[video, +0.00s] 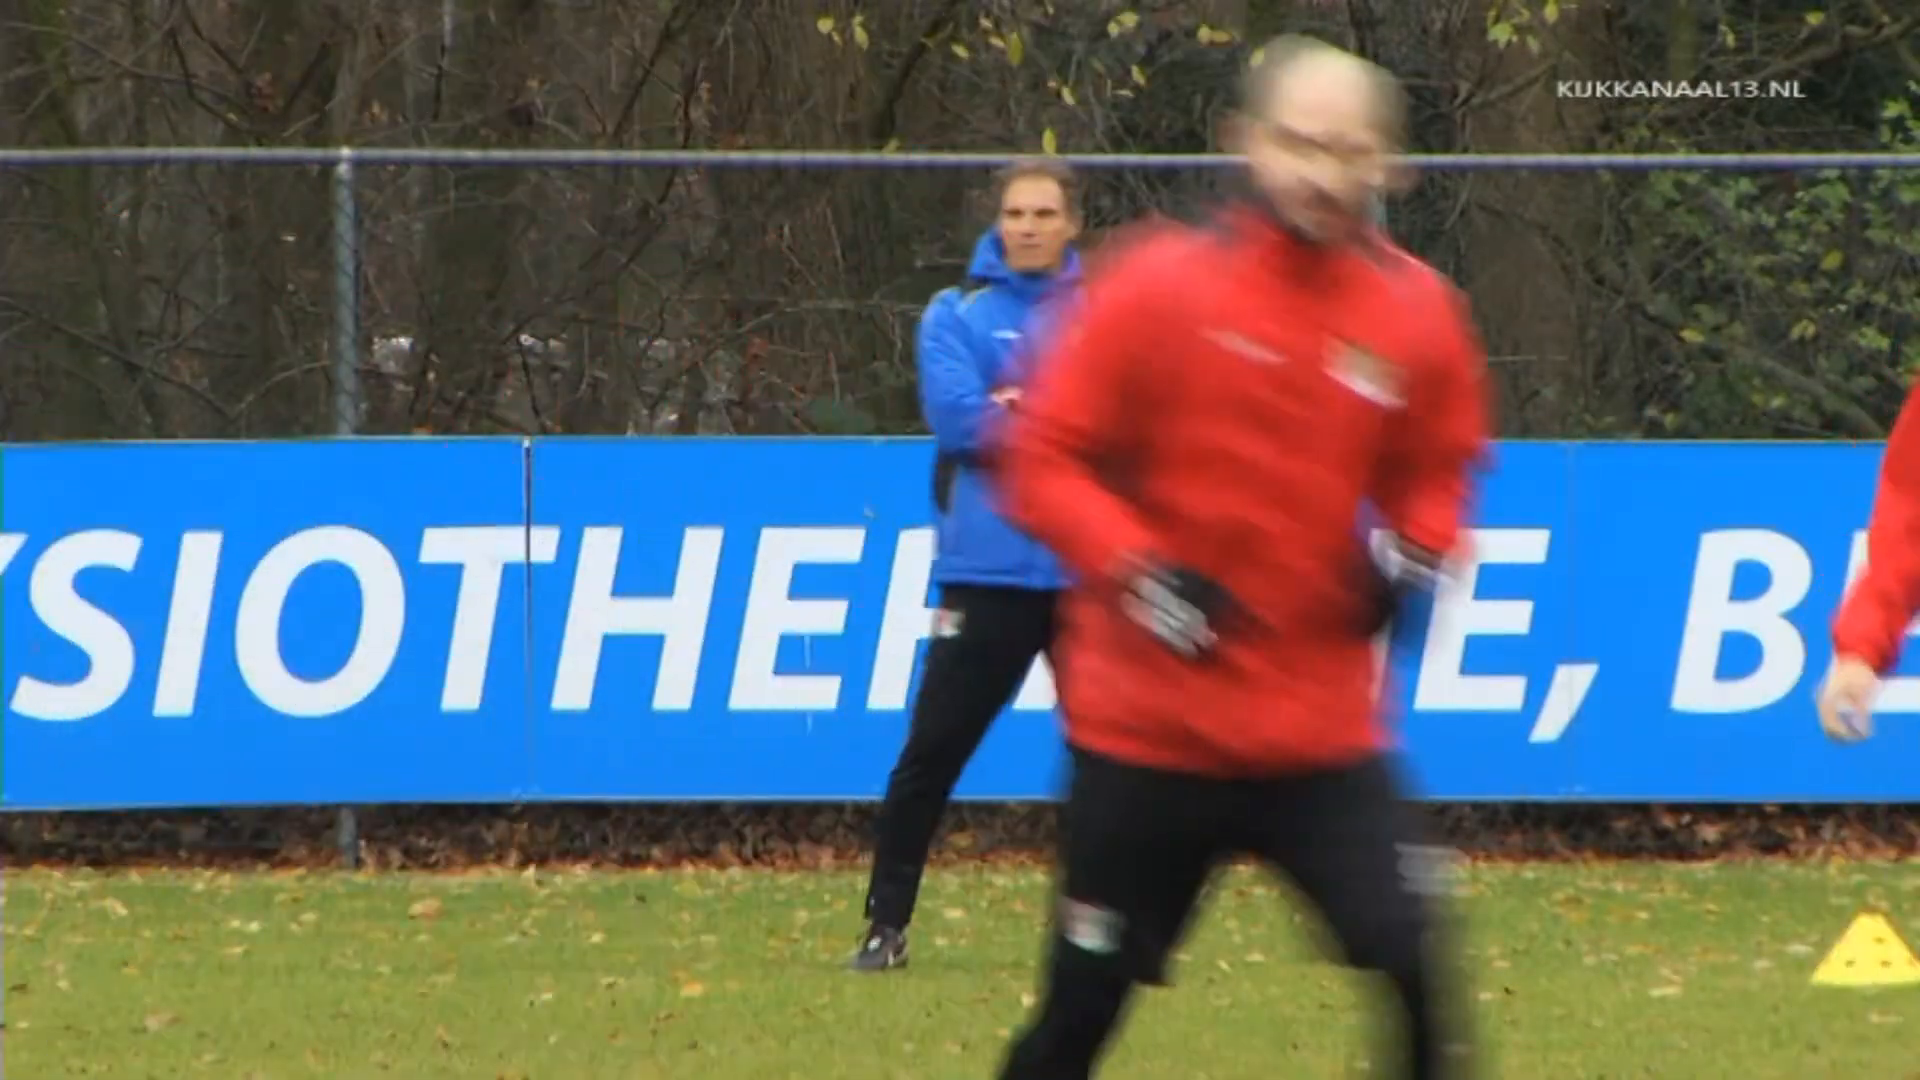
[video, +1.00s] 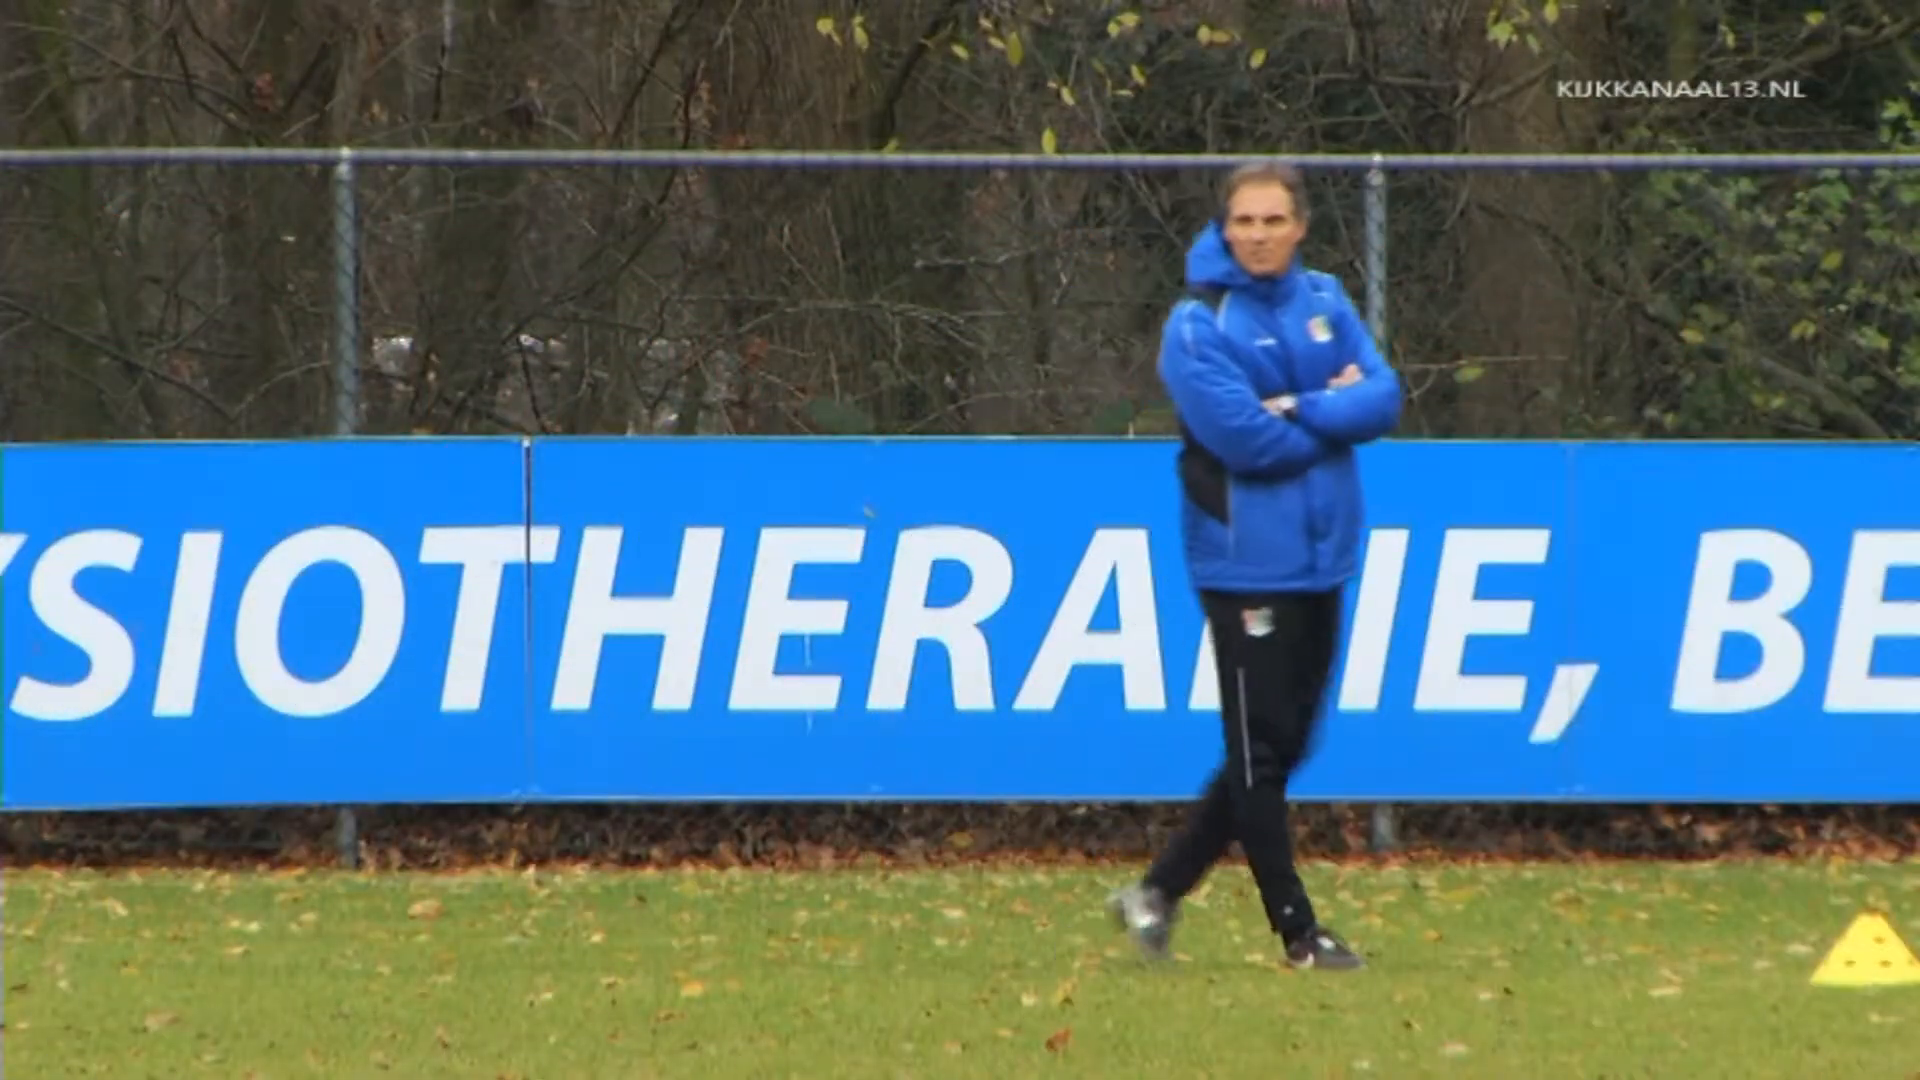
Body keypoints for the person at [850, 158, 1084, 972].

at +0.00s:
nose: (1030, 228)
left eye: (1047, 214)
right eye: (1017, 214)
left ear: (1073, 225)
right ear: (997, 225)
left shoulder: (1102, 314)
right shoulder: (955, 314)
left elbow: (1118, 415)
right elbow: (958, 421)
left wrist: (1010, 405)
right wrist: (1064, 421)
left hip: (1091, 575)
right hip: (991, 574)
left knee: (1115, 758)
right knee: (932, 755)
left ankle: (1114, 932)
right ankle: (887, 924)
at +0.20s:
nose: (1072, 224)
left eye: (1088, 212)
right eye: (1062, 211)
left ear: (1120, 225)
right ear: (1044, 222)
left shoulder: (1153, 311)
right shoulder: (1001, 308)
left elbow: (1177, 403)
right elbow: (1007, 414)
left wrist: (1073, 392)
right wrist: (1121, 421)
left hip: (1138, 562)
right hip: (1040, 559)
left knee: (1125, 752)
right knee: (1014, 725)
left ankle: (1091, 932)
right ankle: (940, 904)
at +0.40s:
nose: (1115, 222)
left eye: (1131, 210)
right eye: (1103, 209)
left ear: (1160, 224)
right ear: (1085, 219)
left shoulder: (1187, 309)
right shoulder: (1044, 303)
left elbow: (1219, 406)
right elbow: (1052, 414)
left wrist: (1118, 391)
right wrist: (1161, 419)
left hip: (1170, 549)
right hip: (1079, 544)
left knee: (1152, 731)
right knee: (1128, 713)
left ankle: (1103, 916)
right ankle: (1094, 915)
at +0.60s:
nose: (1161, 225)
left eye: (1176, 213)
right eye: (1148, 213)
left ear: (1204, 227)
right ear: (1127, 224)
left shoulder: (1223, 313)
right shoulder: (1088, 314)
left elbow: (1267, 413)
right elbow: (1126, 429)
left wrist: (1173, 400)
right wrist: (1219, 420)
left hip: (1208, 555)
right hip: (1124, 553)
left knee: (1156, 743)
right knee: (1191, 732)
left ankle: (1091, 930)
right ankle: (1262, 921)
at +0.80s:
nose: (1213, 235)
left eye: (1228, 222)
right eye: (1197, 222)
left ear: (1251, 233)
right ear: (1176, 232)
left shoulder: (1269, 312)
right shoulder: (1143, 329)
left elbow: (1325, 411)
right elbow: (1194, 444)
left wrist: (1240, 411)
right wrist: (1284, 423)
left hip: (1258, 561)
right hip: (1186, 566)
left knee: (1185, 751)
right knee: (1236, 751)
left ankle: (1098, 923)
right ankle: (1295, 934)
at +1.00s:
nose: (1263, 235)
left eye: (1277, 221)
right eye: (1247, 222)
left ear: (1301, 228)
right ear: (1225, 232)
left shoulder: (1323, 300)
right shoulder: (1195, 328)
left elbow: (1382, 397)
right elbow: (1252, 445)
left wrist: (1290, 406)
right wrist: (1339, 416)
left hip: (1323, 554)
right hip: (1244, 562)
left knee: (1283, 745)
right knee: (1260, 747)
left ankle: (1156, 892)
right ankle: (1298, 932)